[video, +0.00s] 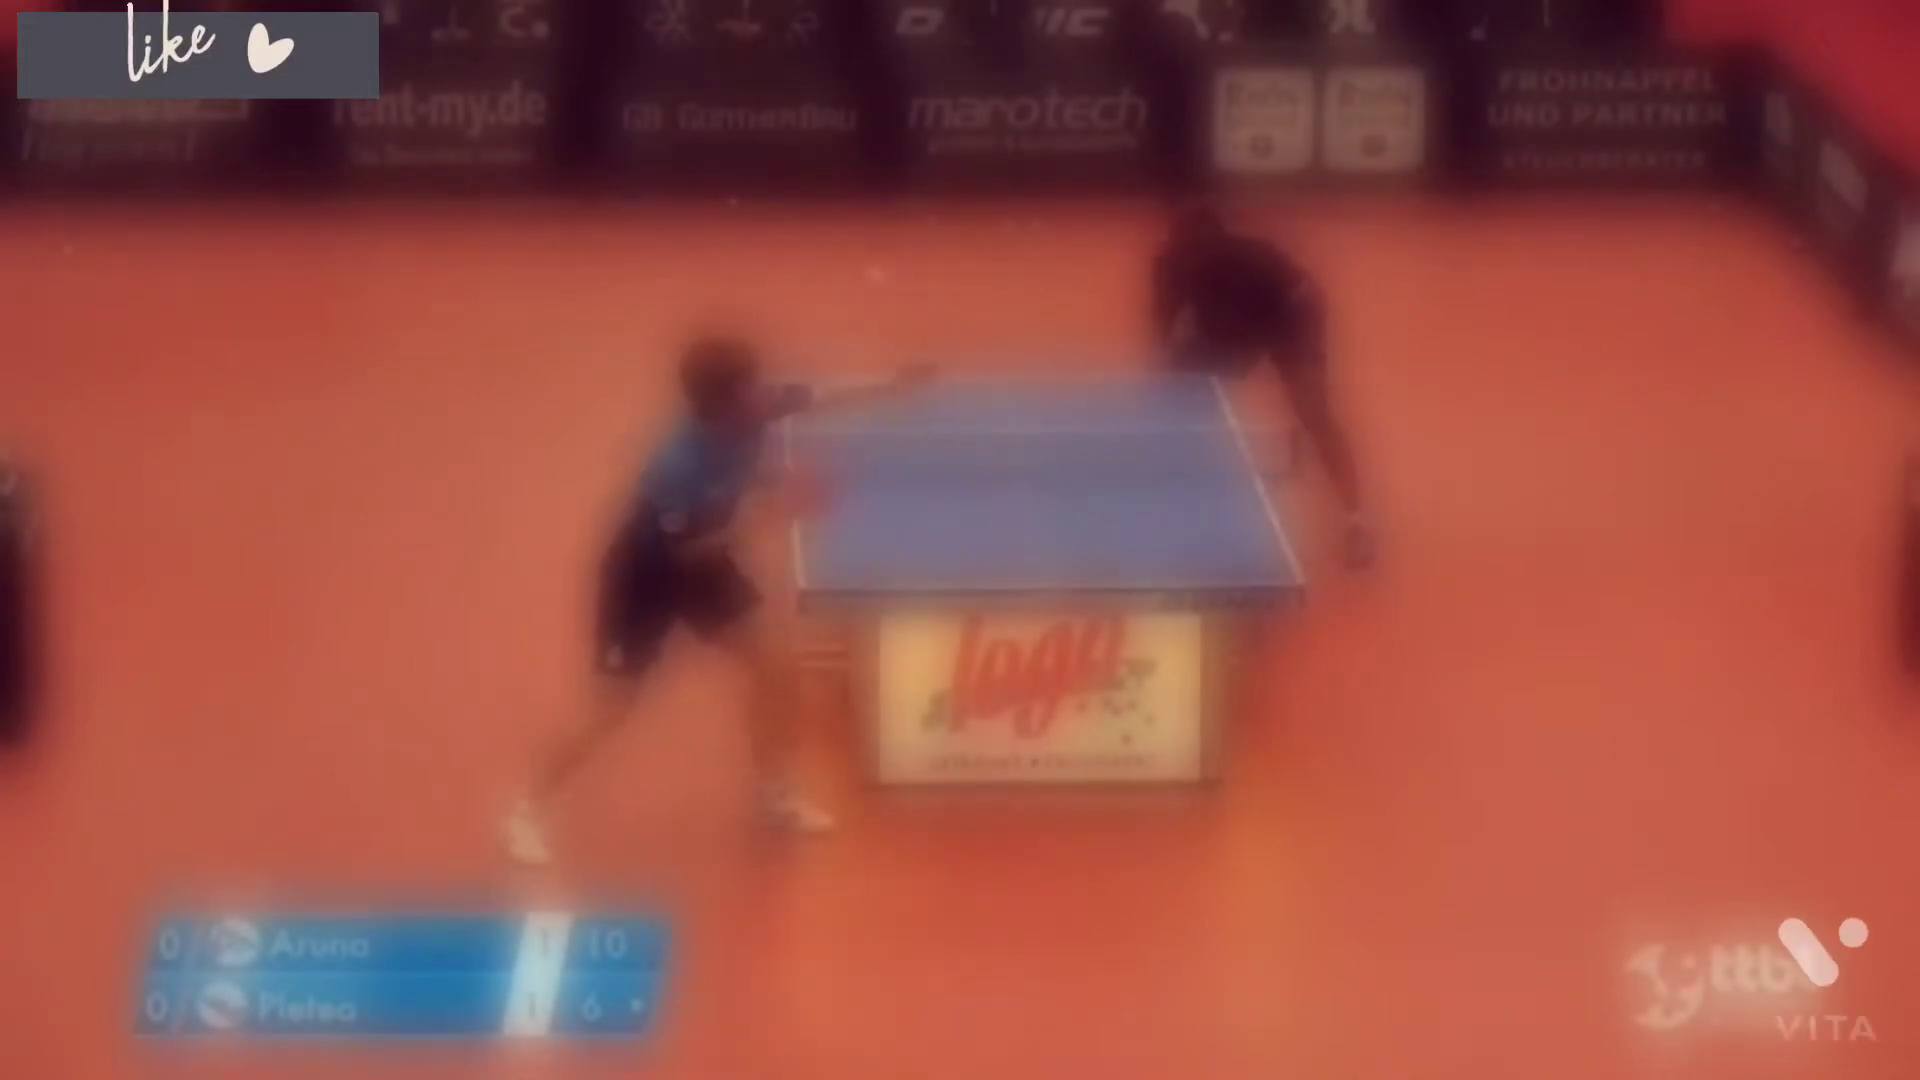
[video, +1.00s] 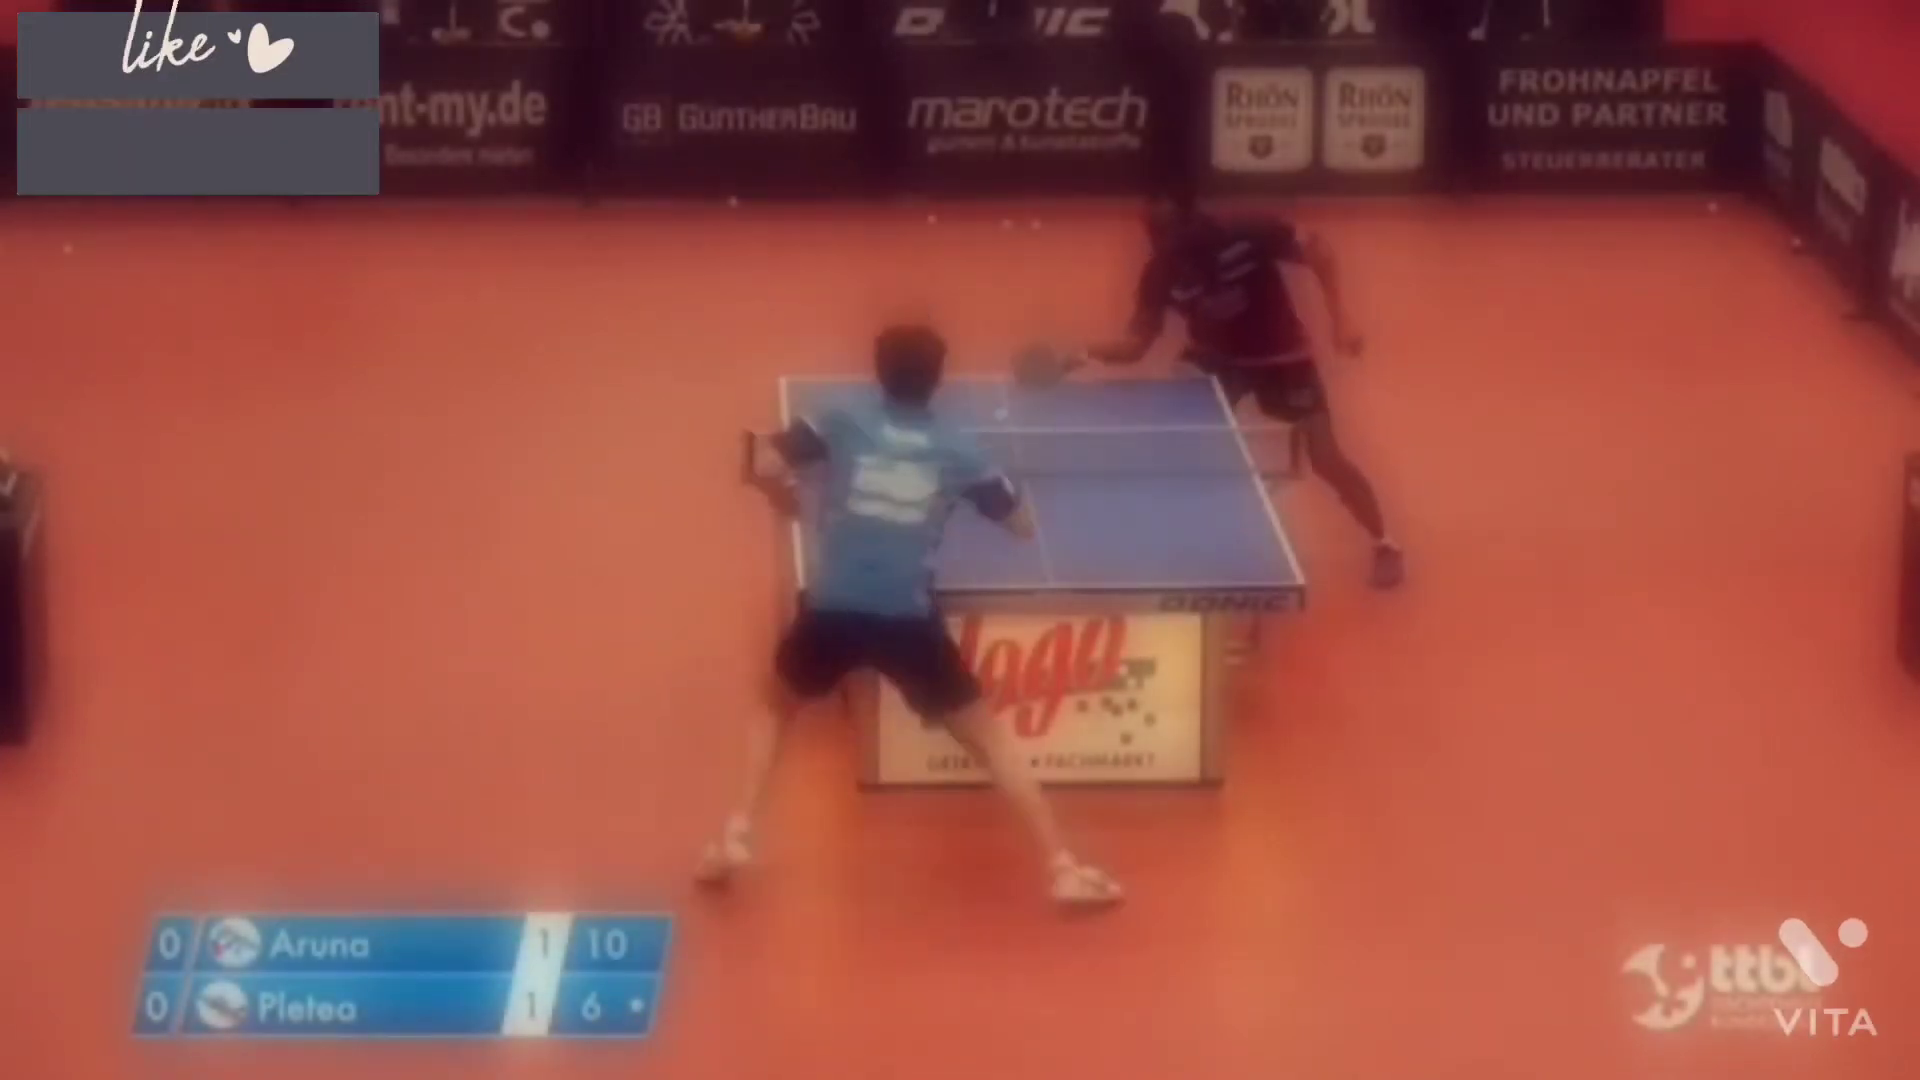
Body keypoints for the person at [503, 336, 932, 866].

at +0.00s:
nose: (754, 397)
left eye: (752, 386)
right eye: (744, 390)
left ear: (745, 392)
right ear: (716, 397)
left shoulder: (749, 417)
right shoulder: (685, 458)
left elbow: (814, 400)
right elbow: (685, 544)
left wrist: (891, 391)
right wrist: (766, 505)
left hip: (702, 560)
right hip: (644, 569)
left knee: (771, 662)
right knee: (614, 703)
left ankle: (776, 792)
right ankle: (531, 807)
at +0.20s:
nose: (739, 402)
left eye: (737, 392)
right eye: (728, 396)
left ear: (734, 391)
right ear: (699, 401)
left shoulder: (735, 418)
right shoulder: (656, 449)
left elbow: (795, 407)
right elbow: (616, 526)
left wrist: (867, 419)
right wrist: (653, 549)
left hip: (679, 553)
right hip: (615, 557)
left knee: (753, 651)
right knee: (585, 692)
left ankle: (775, 783)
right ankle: (522, 812)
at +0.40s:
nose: (777, 477)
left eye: (782, 467)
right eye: (772, 466)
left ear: (773, 457)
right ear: (749, 454)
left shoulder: (748, 469)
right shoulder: (687, 467)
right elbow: (601, 510)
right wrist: (668, 530)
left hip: (685, 562)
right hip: (622, 563)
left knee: (763, 638)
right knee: (591, 699)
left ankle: (712, 743)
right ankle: (520, 811)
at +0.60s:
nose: (876, 453)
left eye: (882, 442)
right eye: (877, 443)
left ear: (841, 416)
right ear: (862, 441)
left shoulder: (797, 430)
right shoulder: (787, 461)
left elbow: (742, 422)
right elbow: (776, 495)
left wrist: (679, 423)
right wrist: (822, 518)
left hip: (723, 582)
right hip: (670, 587)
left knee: (782, 681)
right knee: (660, 732)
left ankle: (732, 799)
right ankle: (548, 798)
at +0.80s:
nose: (901, 346)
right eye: (904, 337)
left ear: (853, 336)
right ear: (906, 345)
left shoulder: (809, 384)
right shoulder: (901, 413)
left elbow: (741, 403)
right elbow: (967, 467)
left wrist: (695, 427)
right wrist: (981, 455)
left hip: (757, 563)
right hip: (817, 575)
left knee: (765, 678)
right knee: (867, 706)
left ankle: (732, 802)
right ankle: (807, 818)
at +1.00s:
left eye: (894, 365)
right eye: (926, 368)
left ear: (880, 373)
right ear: (937, 379)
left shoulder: (847, 423)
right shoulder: (951, 447)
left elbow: (775, 457)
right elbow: (1019, 522)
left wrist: (781, 489)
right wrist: (1007, 487)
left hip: (831, 615)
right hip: (906, 621)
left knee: (776, 711)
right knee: (989, 736)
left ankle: (738, 835)